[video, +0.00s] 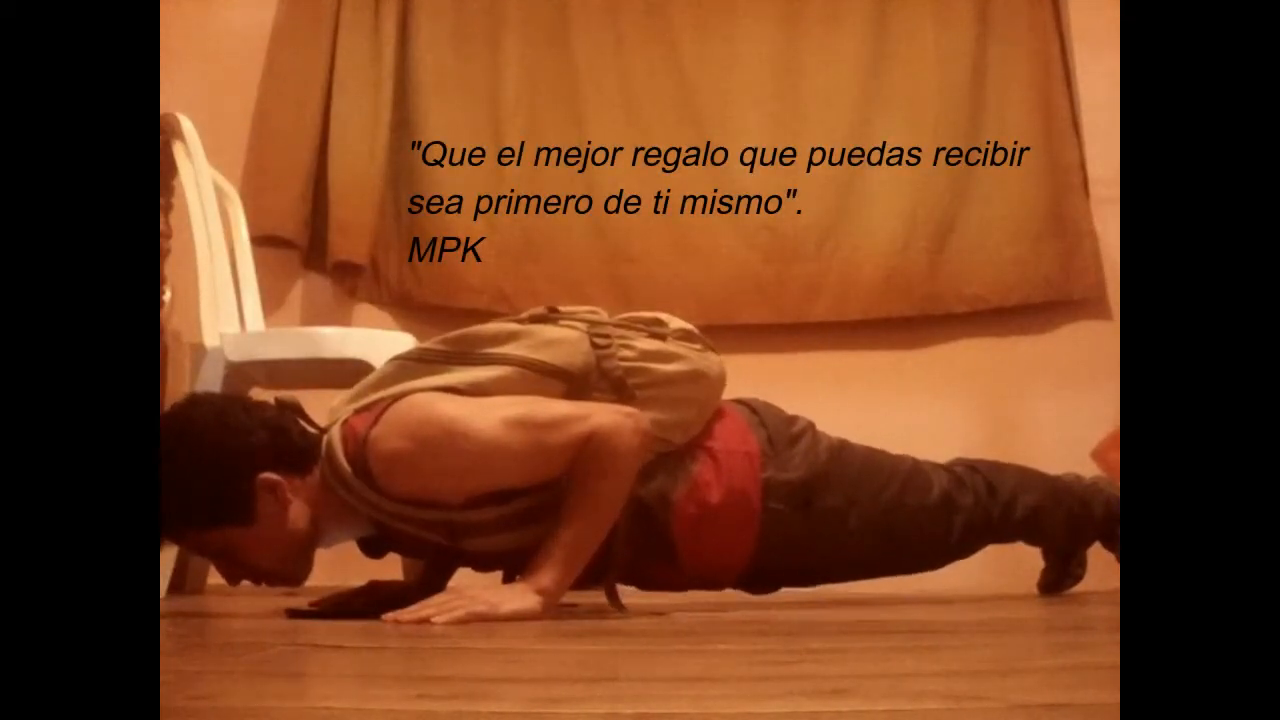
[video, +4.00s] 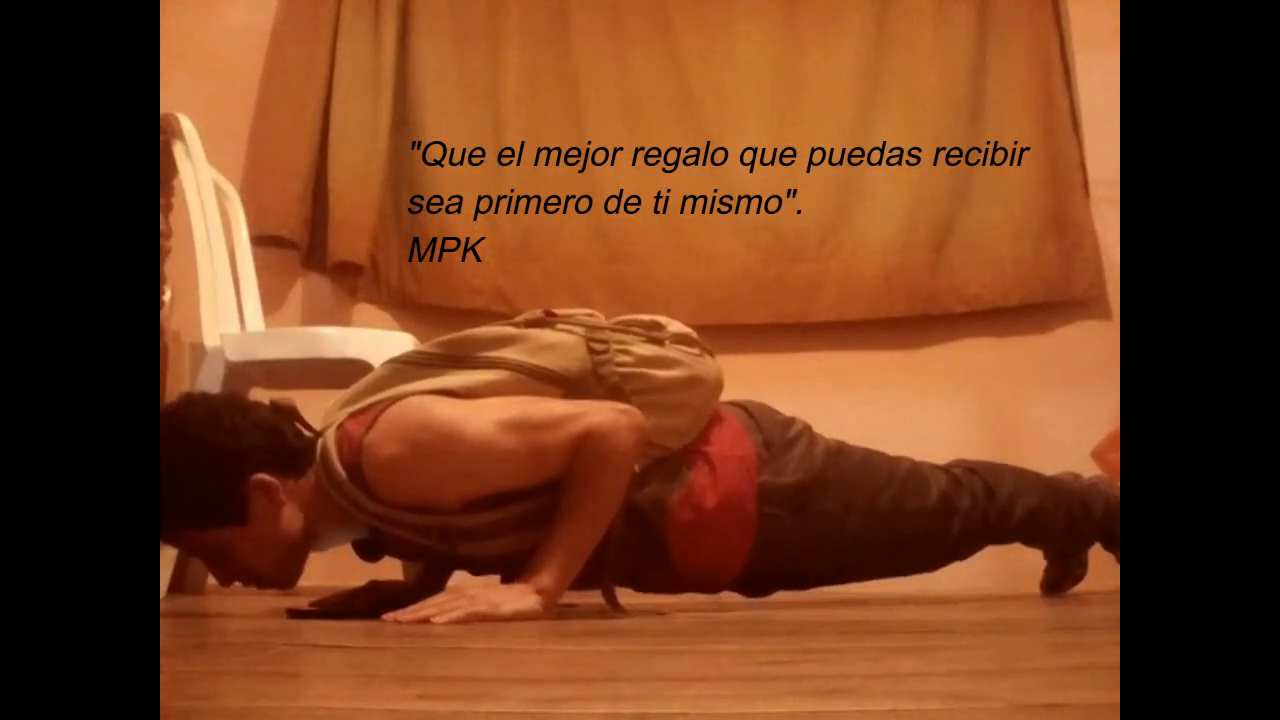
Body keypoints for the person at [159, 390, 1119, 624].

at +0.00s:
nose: (226, 572)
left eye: (221, 547)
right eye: (208, 559)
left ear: (276, 489)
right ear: (271, 481)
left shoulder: (404, 448)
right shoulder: (355, 458)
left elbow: (615, 439)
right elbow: (455, 541)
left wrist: (538, 588)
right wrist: (391, 585)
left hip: (739, 486)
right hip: (709, 504)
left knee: (944, 507)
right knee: (923, 507)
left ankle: (1096, 503)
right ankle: (1072, 506)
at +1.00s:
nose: (225, 570)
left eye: (218, 547)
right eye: (205, 557)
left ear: (273, 488)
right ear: (269, 480)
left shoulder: (403, 446)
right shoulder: (357, 459)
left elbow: (616, 438)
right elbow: (456, 545)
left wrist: (538, 588)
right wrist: (388, 589)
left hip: (737, 491)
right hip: (712, 497)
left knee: (941, 508)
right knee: (922, 504)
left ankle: (1091, 504)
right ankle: (1076, 504)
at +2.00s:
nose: (218, 574)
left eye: (213, 550)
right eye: (200, 559)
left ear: (262, 492)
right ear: (258, 478)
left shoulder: (400, 448)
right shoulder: (355, 461)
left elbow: (614, 439)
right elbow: (470, 534)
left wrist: (539, 588)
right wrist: (388, 588)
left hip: (739, 498)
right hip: (712, 503)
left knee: (949, 510)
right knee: (928, 506)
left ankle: (1095, 505)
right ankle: (1079, 504)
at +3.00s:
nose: (219, 575)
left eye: (211, 550)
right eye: (200, 559)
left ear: (264, 495)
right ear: (262, 483)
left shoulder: (398, 452)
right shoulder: (354, 462)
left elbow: (612, 439)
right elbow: (482, 529)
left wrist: (538, 589)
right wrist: (387, 587)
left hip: (736, 495)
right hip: (709, 508)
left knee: (943, 509)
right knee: (923, 510)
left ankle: (1093, 506)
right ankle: (1078, 505)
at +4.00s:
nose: (217, 576)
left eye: (211, 551)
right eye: (199, 560)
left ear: (262, 493)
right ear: (259, 482)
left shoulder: (397, 453)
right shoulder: (355, 460)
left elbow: (609, 437)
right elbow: (486, 529)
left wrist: (539, 588)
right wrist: (390, 585)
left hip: (737, 491)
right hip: (710, 500)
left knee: (943, 508)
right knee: (923, 505)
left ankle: (1095, 505)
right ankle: (1077, 505)